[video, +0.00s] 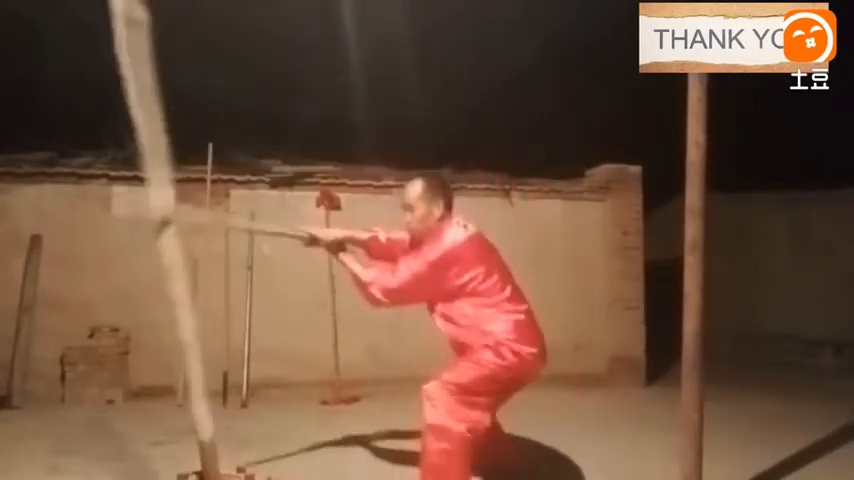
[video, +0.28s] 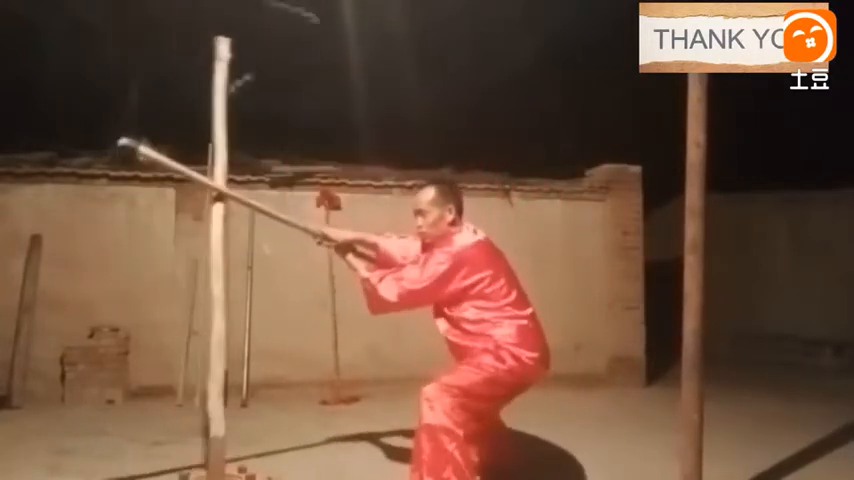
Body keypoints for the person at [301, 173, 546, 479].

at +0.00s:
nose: (405, 218)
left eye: (410, 209)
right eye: (405, 209)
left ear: (438, 210)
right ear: (436, 209)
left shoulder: (449, 248)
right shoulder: (452, 235)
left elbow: (384, 289)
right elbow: (395, 244)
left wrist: (343, 253)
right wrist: (342, 236)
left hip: (508, 352)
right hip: (511, 347)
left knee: (440, 395)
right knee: (460, 397)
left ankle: (445, 474)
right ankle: (497, 460)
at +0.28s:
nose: (416, 223)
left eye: (422, 214)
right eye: (415, 215)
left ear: (449, 215)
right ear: (447, 216)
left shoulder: (458, 253)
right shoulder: (459, 241)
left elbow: (394, 291)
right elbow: (401, 249)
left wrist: (348, 255)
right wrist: (353, 238)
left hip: (510, 358)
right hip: (514, 352)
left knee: (439, 398)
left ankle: (446, 475)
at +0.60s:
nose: (424, 212)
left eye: (430, 203)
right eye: (423, 204)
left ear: (456, 205)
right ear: (455, 207)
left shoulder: (464, 243)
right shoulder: (466, 233)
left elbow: (401, 277)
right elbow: (406, 240)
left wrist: (356, 243)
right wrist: (353, 228)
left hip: (508, 350)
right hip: (513, 346)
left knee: (444, 400)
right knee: (466, 408)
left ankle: (440, 474)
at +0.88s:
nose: (428, 191)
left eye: (435, 183)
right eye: (427, 183)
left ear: (459, 184)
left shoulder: (470, 220)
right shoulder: (464, 217)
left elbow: (404, 246)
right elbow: (405, 223)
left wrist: (364, 209)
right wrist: (351, 205)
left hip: (496, 337)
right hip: (497, 335)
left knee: (437, 401)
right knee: (458, 406)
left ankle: (450, 474)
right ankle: (465, 473)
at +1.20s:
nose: (423, 166)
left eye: (429, 158)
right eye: (422, 159)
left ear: (453, 160)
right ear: (449, 162)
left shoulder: (468, 194)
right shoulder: (445, 192)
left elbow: (404, 204)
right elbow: (392, 184)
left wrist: (336, 192)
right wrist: (366, 145)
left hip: (499, 304)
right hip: (470, 306)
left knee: (483, 367)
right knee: (466, 377)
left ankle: (517, 457)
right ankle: (487, 457)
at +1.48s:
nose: (412, 164)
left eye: (419, 155)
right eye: (408, 157)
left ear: (444, 153)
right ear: (406, 159)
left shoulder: (466, 191)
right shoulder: (412, 196)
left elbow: (476, 249)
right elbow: (379, 210)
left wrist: (439, 267)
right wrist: (343, 206)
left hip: (462, 296)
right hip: (424, 295)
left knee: (445, 372)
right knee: (426, 371)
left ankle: (426, 458)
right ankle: (427, 439)